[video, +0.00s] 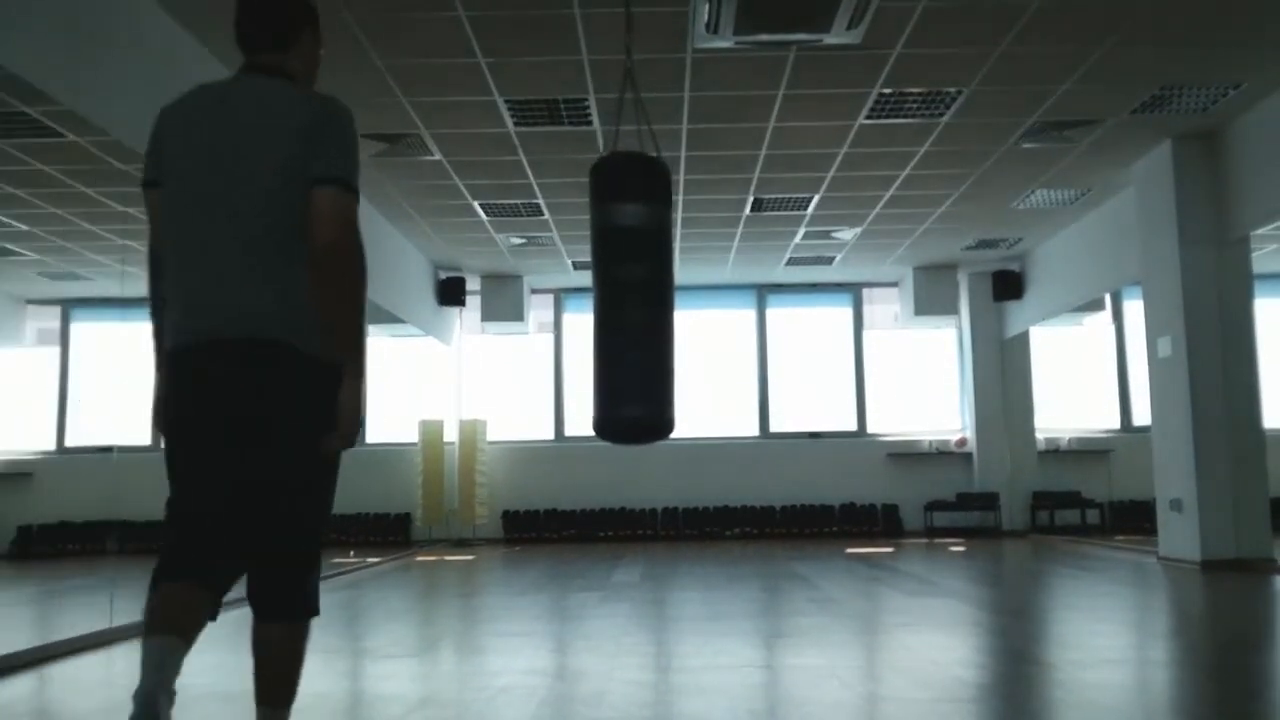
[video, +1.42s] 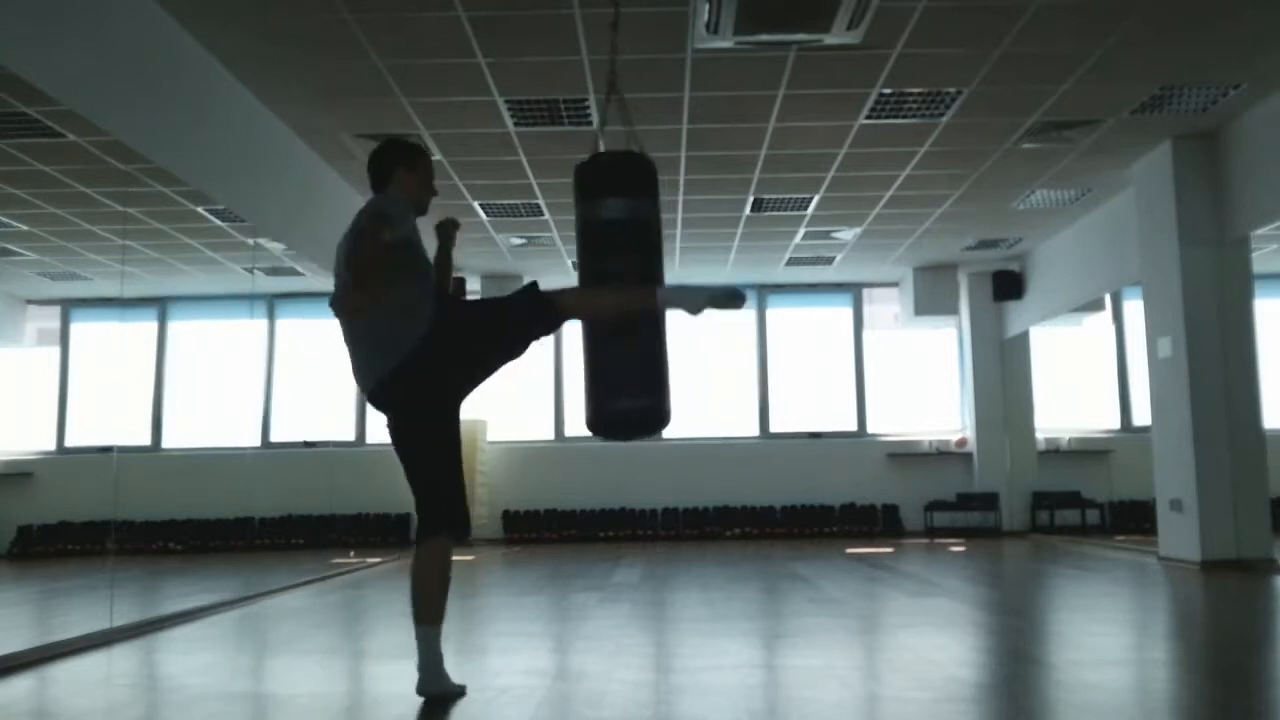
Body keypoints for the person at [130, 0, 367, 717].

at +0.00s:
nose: (321, 56)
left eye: (316, 41)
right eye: (318, 42)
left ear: (241, 41)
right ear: (306, 42)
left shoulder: (176, 118)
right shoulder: (321, 117)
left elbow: (162, 262)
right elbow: (334, 251)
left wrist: (167, 379)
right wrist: (350, 373)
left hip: (198, 369)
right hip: (290, 368)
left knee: (198, 543)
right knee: (288, 556)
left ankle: (152, 699)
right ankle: (273, 716)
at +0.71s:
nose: (374, 139)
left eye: (373, 127)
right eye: (372, 126)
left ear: (314, 125)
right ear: (356, 122)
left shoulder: (273, 189)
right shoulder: (353, 178)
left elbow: (267, 296)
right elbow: (352, 277)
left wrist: (273, 374)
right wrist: (381, 386)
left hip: (274, 388)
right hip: (342, 386)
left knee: (271, 542)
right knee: (381, 522)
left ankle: (251, 705)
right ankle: (375, 675)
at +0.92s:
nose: (404, 149)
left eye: (402, 137)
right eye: (399, 137)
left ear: (346, 141)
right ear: (380, 138)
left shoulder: (317, 201)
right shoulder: (377, 191)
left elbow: (311, 302)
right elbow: (364, 285)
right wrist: (390, 387)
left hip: (324, 397)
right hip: (377, 399)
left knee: (348, 521)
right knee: (401, 535)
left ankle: (283, 608)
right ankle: (385, 679)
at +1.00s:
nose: (407, 150)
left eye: (405, 139)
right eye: (404, 139)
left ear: (349, 142)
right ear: (389, 139)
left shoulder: (321, 202)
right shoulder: (390, 192)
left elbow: (288, 297)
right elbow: (395, 287)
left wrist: (293, 363)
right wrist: (420, 382)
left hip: (340, 389)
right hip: (384, 387)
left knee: (458, 429)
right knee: (410, 524)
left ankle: (340, 500)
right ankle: (386, 673)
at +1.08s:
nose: (409, 152)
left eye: (407, 141)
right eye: (404, 141)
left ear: (352, 145)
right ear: (385, 141)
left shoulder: (318, 206)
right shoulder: (397, 193)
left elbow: (265, 288)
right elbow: (420, 284)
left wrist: (231, 361)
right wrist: (448, 378)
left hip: (345, 389)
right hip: (396, 384)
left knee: (493, 368)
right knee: (410, 519)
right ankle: (388, 667)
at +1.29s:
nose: (411, 160)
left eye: (410, 149)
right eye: (407, 149)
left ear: (353, 151)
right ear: (389, 147)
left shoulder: (309, 210)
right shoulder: (402, 202)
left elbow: (231, 268)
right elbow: (448, 297)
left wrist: (153, 320)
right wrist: (489, 363)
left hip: (359, 382)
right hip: (394, 380)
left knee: (502, 328)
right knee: (395, 536)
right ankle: (385, 683)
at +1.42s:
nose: (432, 187)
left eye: (431, 176)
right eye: (425, 175)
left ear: (387, 178)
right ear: (402, 175)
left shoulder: (386, 235)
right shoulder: (382, 217)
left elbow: (435, 307)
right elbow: (349, 302)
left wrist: (443, 250)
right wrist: (404, 280)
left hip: (407, 396)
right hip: (435, 354)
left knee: (436, 527)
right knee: (553, 305)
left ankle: (430, 671)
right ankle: (683, 296)